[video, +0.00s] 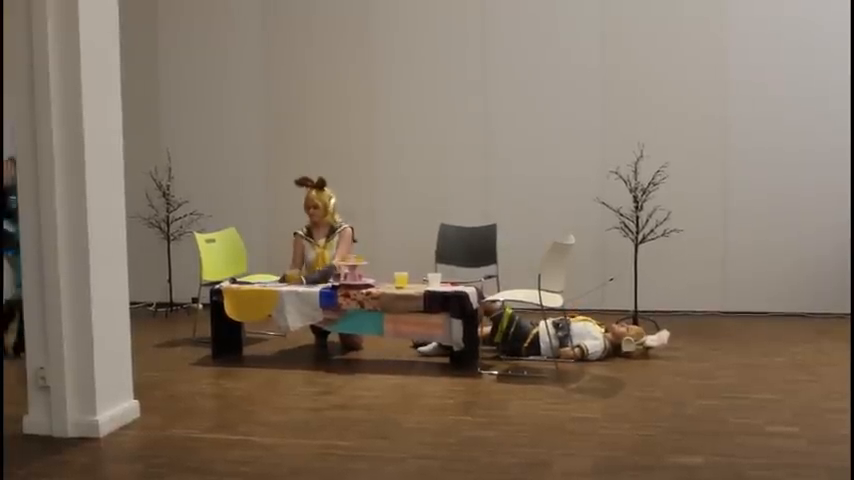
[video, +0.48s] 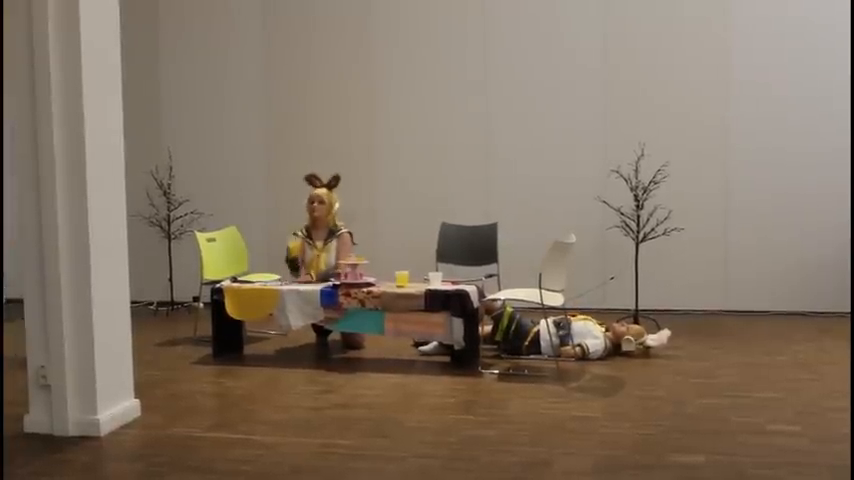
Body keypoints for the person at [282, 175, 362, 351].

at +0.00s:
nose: (310, 212)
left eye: (315, 207)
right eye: (307, 207)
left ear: (328, 208)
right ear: (304, 208)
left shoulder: (344, 231)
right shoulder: (301, 235)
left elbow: (338, 265)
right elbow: (295, 269)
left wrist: (308, 280)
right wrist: (291, 279)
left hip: (339, 291)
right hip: (311, 294)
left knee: (354, 343)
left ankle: (347, 338)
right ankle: (320, 339)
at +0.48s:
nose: (314, 206)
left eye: (320, 202)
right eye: (311, 202)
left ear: (331, 207)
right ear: (307, 206)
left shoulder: (342, 235)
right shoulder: (302, 235)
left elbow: (343, 271)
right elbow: (297, 271)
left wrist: (314, 278)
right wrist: (293, 264)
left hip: (338, 293)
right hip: (311, 294)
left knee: (356, 342)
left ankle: (347, 332)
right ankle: (321, 336)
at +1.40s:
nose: (340, 207)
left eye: (341, 203)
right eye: (335, 204)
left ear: (343, 206)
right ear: (322, 208)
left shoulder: (347, 238)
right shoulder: (304, 236)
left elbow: (347, 263)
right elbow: (291, 269)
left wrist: (341, 272)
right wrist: (305, 272)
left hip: (338, 292)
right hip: (310, 293)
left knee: (355, 342)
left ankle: (344, 333)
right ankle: (321, 339)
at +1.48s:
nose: (337, 205)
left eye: (338, 201)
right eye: (331, 202)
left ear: (340, 204)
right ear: (318, 207)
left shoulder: (346, 235)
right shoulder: (302, 236)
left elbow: (344, 266)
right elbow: (292, 272)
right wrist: (307, 275)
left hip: (339, 292)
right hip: (310, 293)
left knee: (355, 343)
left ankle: (346, 333)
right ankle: (321, 340)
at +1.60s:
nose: (331, 204)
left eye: (332, 200)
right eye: (325, 201)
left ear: (335, 203)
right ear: (312, 206)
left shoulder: (343, 230)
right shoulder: (300, 235)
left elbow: (341, 262)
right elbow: (290, 273)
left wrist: (320, 274)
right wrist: (302, 273)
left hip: (337, 289)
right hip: (310, 292)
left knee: (355, 343)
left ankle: (345, 334)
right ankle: (321, 341)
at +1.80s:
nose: (324, 207)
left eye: (326, 203)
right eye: (318, 205)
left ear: (330, 207)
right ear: (307, 210)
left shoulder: (337, 232)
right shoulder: (297, 239)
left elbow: (340, 268)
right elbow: (291, 276)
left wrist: (313, 279)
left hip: (336, 290)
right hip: (309, 293)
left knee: (355, 344)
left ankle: (344, 332)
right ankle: (320, 341)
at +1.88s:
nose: (325, 212)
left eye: (326, 208)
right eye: (319, 208)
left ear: (329, 210)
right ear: (306, 212)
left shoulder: (337, 236)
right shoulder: (296, 240)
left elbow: (340, 272)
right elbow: (292, 277)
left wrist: (311, 279)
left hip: (337, 293)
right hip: (309, 295)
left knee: (355, 344)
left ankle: (346, 332)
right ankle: (320, 339)